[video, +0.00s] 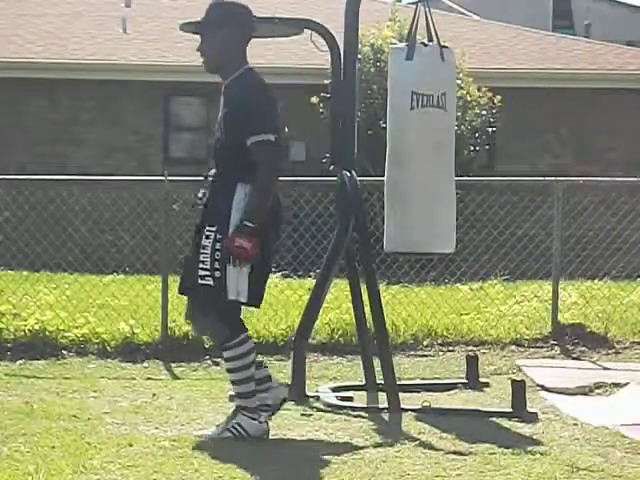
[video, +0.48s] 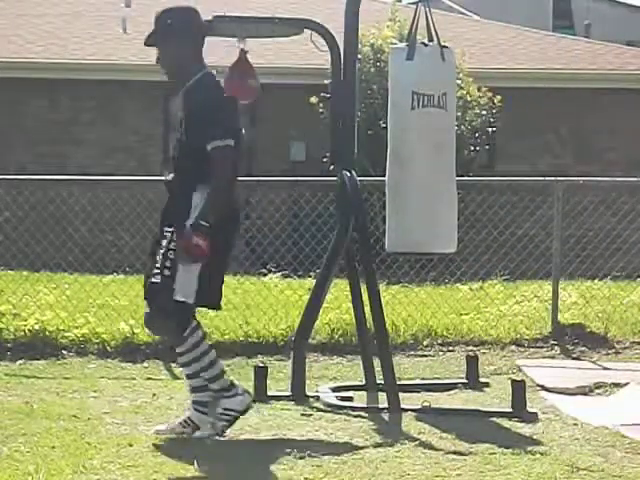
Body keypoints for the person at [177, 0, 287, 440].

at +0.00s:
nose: (199, 46)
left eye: (206, 37)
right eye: (200, 37)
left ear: (232, 39)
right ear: (226, 40)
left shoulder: (250, 89)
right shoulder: (235, 88)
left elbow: (267, 165)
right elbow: (237, 162)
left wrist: (251, 227)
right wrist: (215, 210)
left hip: (235, 218)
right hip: (220, 216)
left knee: (216, 311)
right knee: (205, 311)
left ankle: (253, 411)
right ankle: (262, 389)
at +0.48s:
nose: (157, 58)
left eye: (161, 47)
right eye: (156, 48)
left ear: (187, 45)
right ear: (180, 46)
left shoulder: (206, 93)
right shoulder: (193, 93)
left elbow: (223, 168)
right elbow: (198, 167)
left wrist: (202, 226)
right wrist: (177, 221)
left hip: (195, 218)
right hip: (182, 215)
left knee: (167, 313)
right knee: (169, 313)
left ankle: (225, 394)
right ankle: (203, 410)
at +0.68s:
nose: (130, 78)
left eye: (131, 67)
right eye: (127, 70)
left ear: (150, 60)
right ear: (162, 60)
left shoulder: (177, 100)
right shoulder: (197, 94)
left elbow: (190, 165)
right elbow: (244, 138)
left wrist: (175, 231)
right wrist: (215, 177)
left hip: (196, 224)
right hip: (216, 223)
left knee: (141, 310)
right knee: (184, 311)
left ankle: (178, 412)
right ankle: (206, 410)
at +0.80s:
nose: (116, 82)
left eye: (114, 74)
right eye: (113, 74)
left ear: (122, 67)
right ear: (153, 60)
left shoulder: (144, 95)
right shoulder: (190, 88)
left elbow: (158, 154)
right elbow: (243, 121)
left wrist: (143, 222)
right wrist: (235, 183)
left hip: (178, 215)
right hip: (218, 212)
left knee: (154, 313)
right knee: (217, 305)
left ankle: (176, 416)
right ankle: (246, 403)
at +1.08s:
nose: (144, 61)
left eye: (143, 54)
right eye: (177, 53)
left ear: (140, 55)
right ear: (182, 55)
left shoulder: (121, 100)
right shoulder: (206, 97)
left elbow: (103, 163)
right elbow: (233, 152)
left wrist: (88, 223)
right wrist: (249, 203)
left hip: (148, 217)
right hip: (199, 215)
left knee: (151, 316)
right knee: (198, 309)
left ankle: (173, 416)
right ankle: (206, 385)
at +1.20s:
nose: (206, 51)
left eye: (204, 44)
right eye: (204, 44)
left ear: (161, 41)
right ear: (193, 43)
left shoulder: (125, 91)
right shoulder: (198, 89)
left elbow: (97, 151)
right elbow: (206, 151)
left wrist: (89, 212)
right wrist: (228, 203)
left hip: (139, 215)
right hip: (184, 214)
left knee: (153, 309)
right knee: (194, 312)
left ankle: (147, 410)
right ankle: (151, 401)